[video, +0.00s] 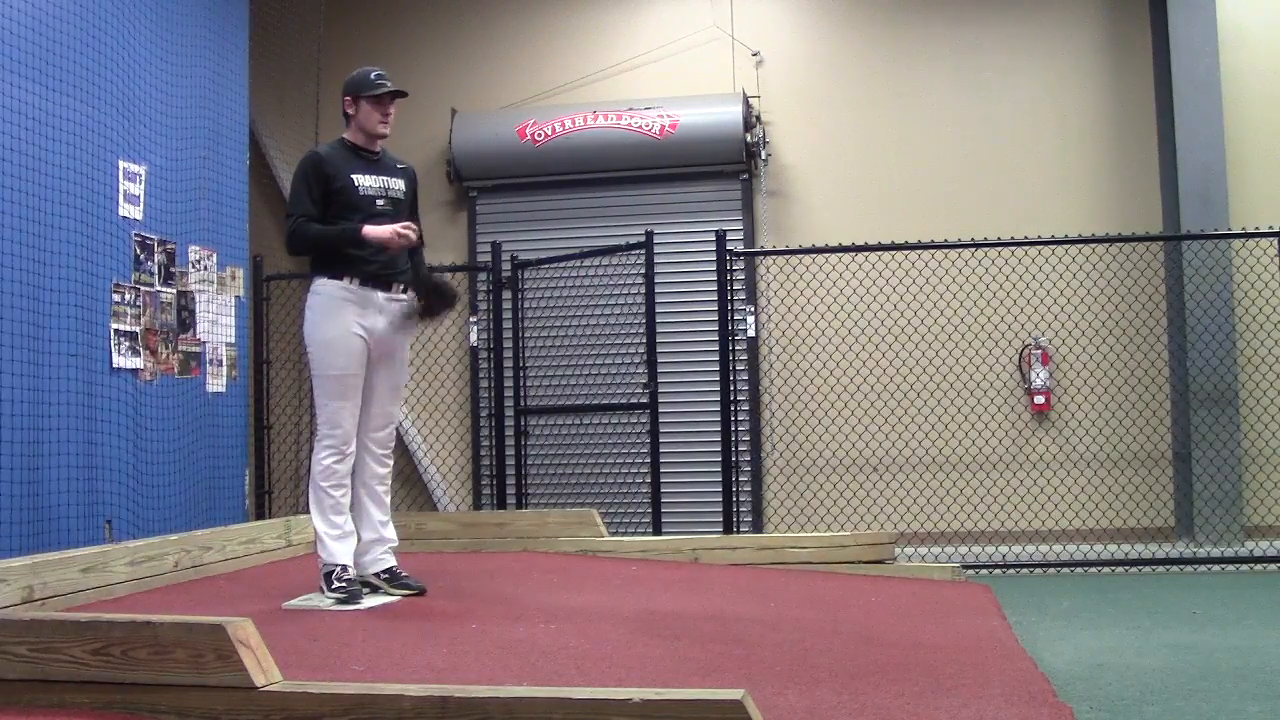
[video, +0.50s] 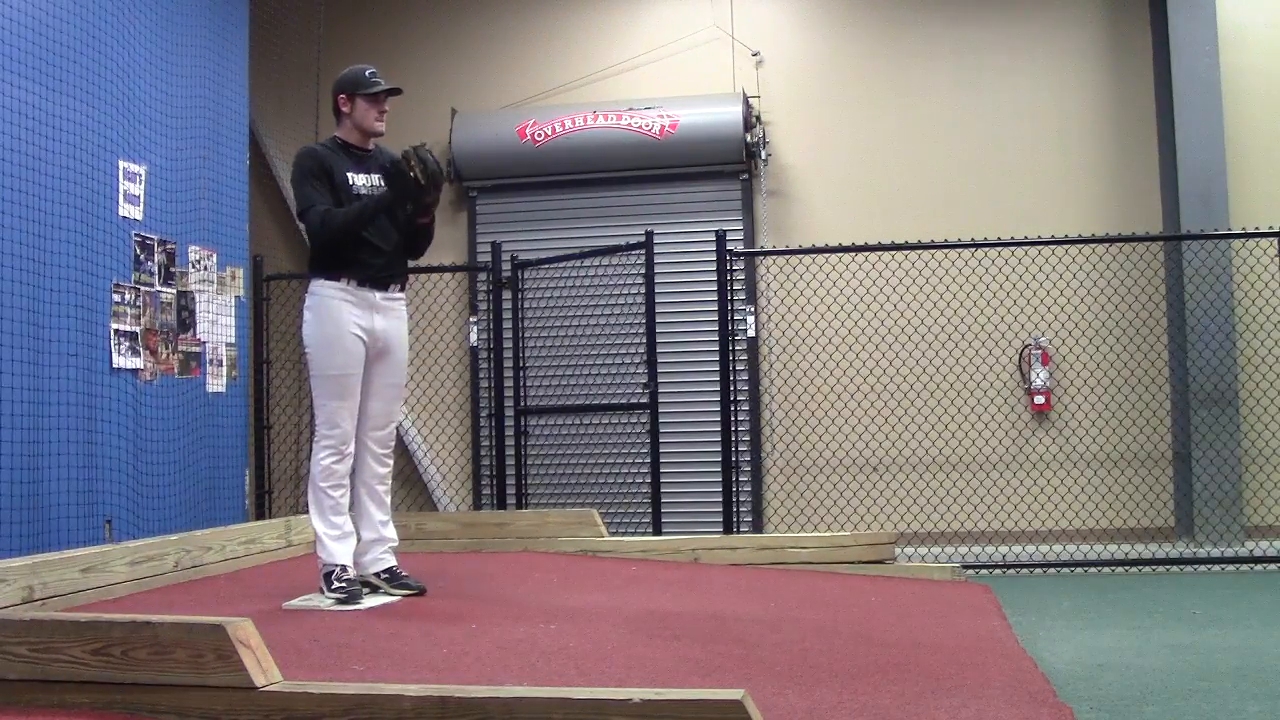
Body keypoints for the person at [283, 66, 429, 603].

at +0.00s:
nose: (388, 112)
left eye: (391, 104)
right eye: (378, 103)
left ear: (393, 110)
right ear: (350, 106)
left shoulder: (403, 173)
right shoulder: (320, 163)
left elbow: (410, 242)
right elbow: (297, 235)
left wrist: (423, 284)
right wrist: (368, 233)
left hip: (394, 307)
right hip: (338, 304)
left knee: (379, 439)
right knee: (338, 437)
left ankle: (376, 561)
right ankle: (336, 564)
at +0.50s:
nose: (384, 107)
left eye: (386, 100)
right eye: (374, 100)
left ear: (384, 107)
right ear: (345, 104)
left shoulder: (395, 168)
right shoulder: (315, 159)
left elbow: (414, 248)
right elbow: (322, 228)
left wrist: (426, 203)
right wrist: (388, 194)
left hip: (391, 310)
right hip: (336, 306)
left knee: (379, 442)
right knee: (336, 440)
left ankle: (377, 561)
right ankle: (335, 564)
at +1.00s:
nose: (406, 121)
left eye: (408, 114)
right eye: (396, 113)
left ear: (408, 120)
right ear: (368, 116)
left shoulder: (420, 175)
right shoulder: (336, 167)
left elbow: (443, 256)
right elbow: (324, 236)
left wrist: (432, 222)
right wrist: (386, 210)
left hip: (410, 319)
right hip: (351, 317)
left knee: (419, 440)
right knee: (358, 432)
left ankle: (431, 558)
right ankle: (339, 562)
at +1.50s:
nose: (423, 123)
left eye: (427, 115)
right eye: (414, 115)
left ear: (431, 121)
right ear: (386, 118)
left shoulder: (446, 174)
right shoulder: (352, 169)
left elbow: (462, 251)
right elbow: (323, 243)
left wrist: (405, 243)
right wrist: (355, 222)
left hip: (428, 321)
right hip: (367, 321)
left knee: (428, 443)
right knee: (371, 437)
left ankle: (432, 559)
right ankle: (381, 564)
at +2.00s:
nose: (385, 126)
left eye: (392, 117)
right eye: (375, 118)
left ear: (403, 120)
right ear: (357, 121)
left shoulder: (415, 159)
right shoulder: (341, 171)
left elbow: (408, 213)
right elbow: (287, 222)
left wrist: (335, 181)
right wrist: (298, 180)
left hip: (427, 294)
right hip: (369, 305)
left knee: (351, 297)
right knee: (369, 440)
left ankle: (351, 442)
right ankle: (380, 566)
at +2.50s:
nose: (395, 159)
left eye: (399, 150)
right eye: (384, 151)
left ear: (404, 153)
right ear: (357, 156)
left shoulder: (412, 195)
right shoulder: (340, 210)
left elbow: (437, 243)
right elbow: (293, 282)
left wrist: (364, 236)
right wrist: (317, 245)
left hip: (454, 331)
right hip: (397, 344)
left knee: (402, 401)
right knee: (363, 444)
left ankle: (403, 544)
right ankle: (376, 566)